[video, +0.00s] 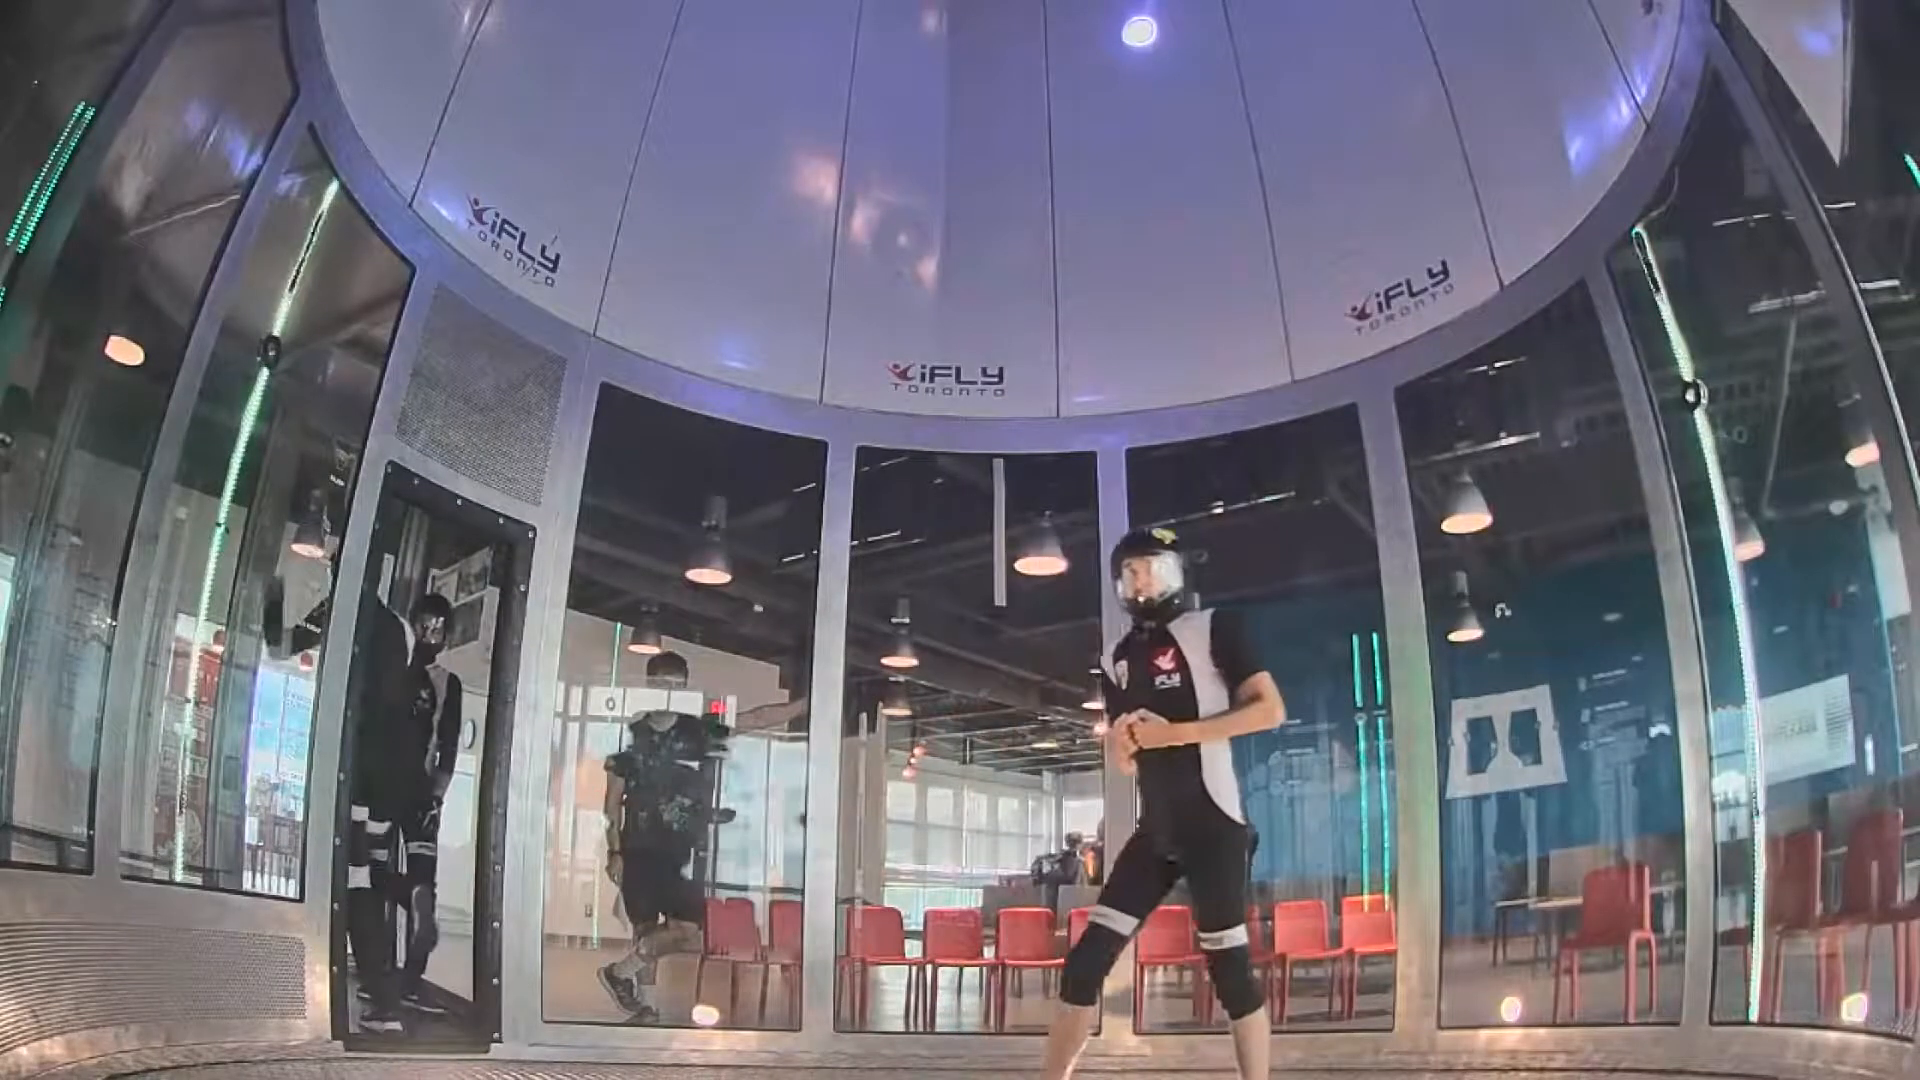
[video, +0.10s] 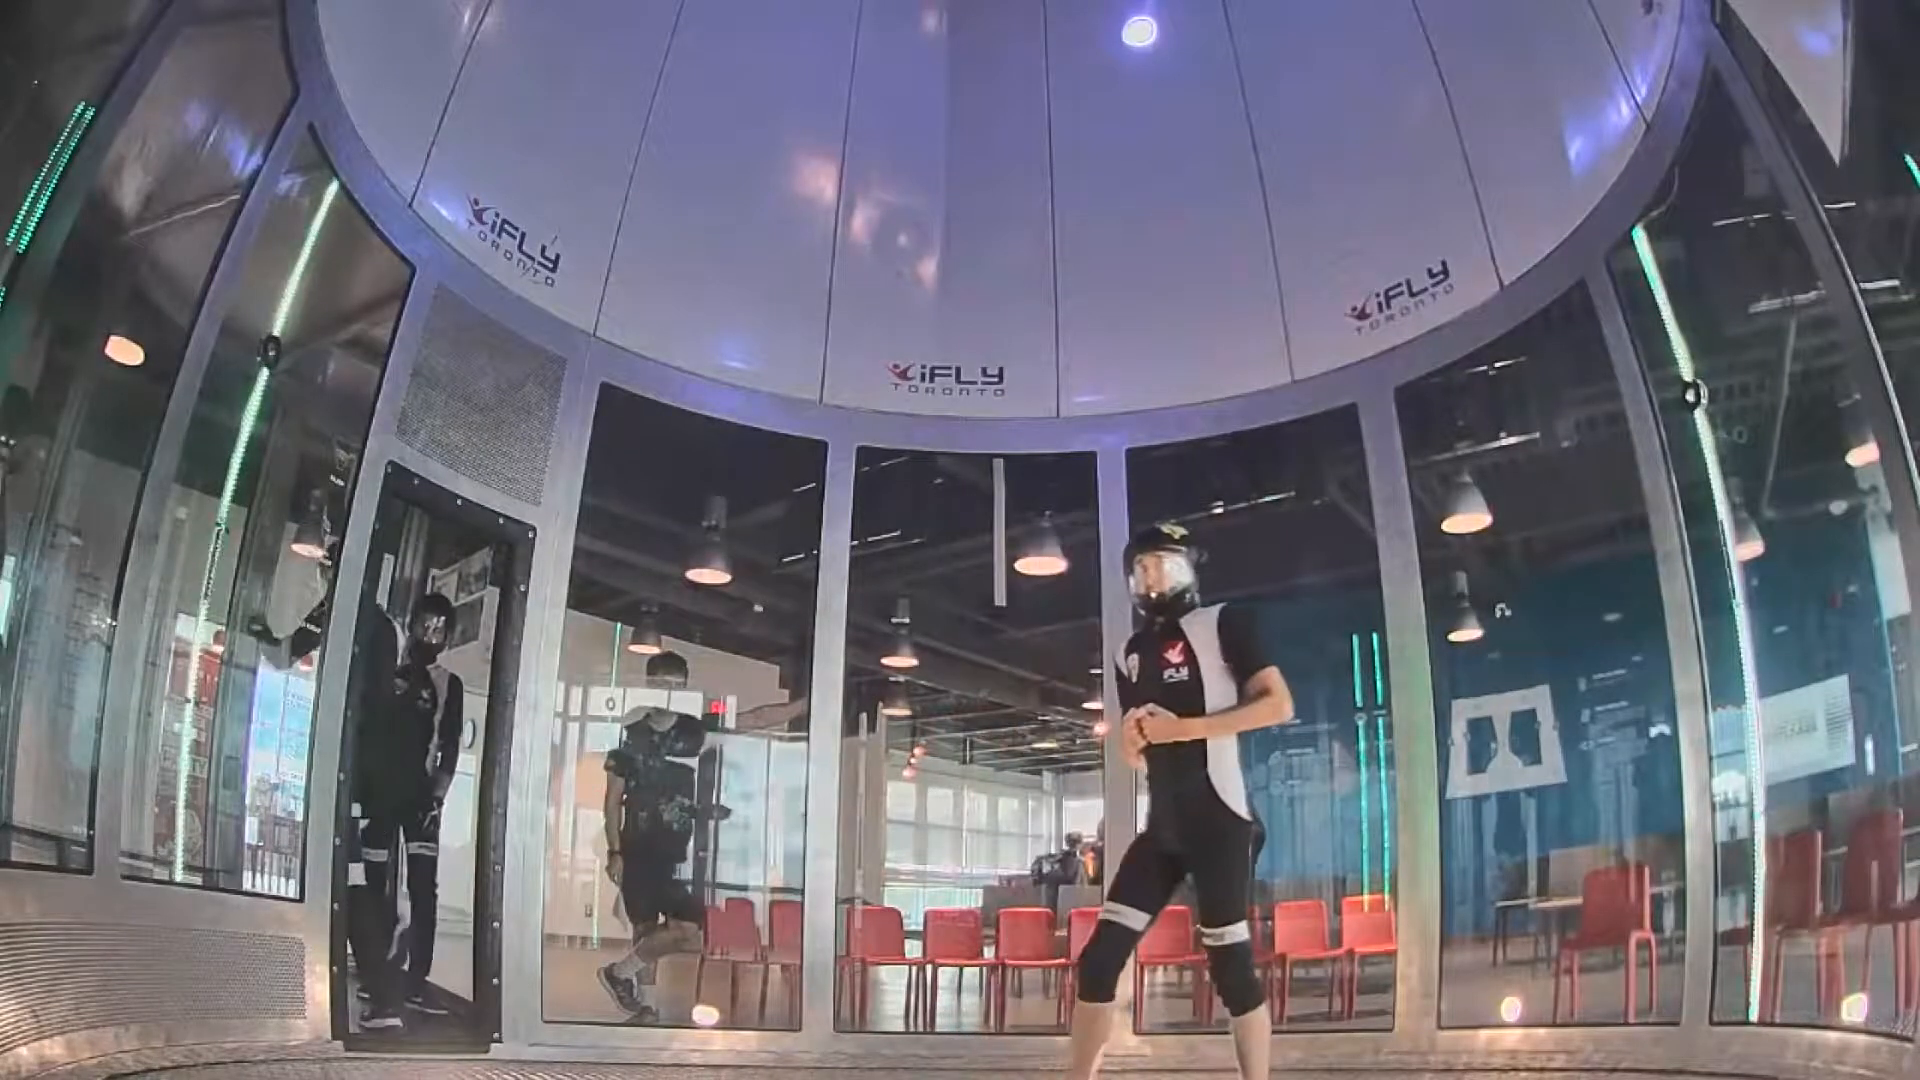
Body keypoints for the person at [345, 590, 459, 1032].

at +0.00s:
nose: (430, 635)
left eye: (438, 628)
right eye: (424, 626)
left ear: (446, 634)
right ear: (410, 627)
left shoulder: (448, 683)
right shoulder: (393, 673)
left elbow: (449, 743)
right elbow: (376, 731)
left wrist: (437, 794)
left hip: (421, 796)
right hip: (383, 791)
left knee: (420, 896)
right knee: (381, 892)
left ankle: (412, 978)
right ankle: (378, 978)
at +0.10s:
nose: (432, 632)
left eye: (439, 627)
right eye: (426, 624)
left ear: (446, 632)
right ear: (412, 624)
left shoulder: (449, 683)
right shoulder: (388, 671)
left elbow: (451, 746)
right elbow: (366, 725)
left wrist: (436, 796)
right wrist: (363, 781)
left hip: (422, 796)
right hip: (380, 789)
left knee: (423, 888)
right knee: (377, 886)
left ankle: (416, 981)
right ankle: (375, 976)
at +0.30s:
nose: (432, 633)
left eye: (441, 625)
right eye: (425, 622)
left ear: (452, 631)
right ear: (412, 624)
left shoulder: (455, 683)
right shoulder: (392, 669)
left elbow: (456, 745)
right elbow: (373, 709)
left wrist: (445, 794)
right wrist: (395, 670)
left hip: (426, 795)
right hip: (381, 789)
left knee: (425, 893)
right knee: (377, 892)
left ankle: (421, 989)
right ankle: (379, 990)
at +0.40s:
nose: (435, 633)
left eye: (443, 626)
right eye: (428, 624)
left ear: (452, 630)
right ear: (415, 625)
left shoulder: (458, 682)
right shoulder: (397, 665)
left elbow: (460, 746)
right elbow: (381, 698)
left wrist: (450, 798)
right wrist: (397, 651)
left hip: (430, 795)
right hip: (385, 789)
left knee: (428, 892)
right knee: (379, 887)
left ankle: (422, 986)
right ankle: (381, 979)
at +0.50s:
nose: (438, 632)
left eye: (445, 624)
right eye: (431, 623)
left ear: (455, 628)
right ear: (418, 625)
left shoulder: (462, 680)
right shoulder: (401, 666)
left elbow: (464, 738)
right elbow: (386, 690)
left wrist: (459, 784)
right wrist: (398, 647)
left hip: (436, 790)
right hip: (393, 784)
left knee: (433, 891)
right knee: (382, 883)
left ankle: (422, 984)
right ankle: (379, 971)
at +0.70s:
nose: (445, 621)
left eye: (453, 614)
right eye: (439, 611)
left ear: (464, 619)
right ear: (425, 613)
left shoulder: (470, 671)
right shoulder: (403, 655)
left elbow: (473, 738)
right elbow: (392, 685)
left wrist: (476, 798)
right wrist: (412, 635)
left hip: (444, 788)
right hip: (397, 782)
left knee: (436, 893)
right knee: (384, 883)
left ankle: (423, 985)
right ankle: (381, 966)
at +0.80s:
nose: (446, 614)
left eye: (455, 606)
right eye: (439, 604)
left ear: (467, 611)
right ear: (427, 606)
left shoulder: (473, 665)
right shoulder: (403, 649)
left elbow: (481, 733)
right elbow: (385, 705)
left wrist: (479, 795)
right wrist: (403, 661)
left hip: (445, 784)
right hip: (398, 777)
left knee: (436, 893)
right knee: (384, 883)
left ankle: (422, 989)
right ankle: (380, 984)